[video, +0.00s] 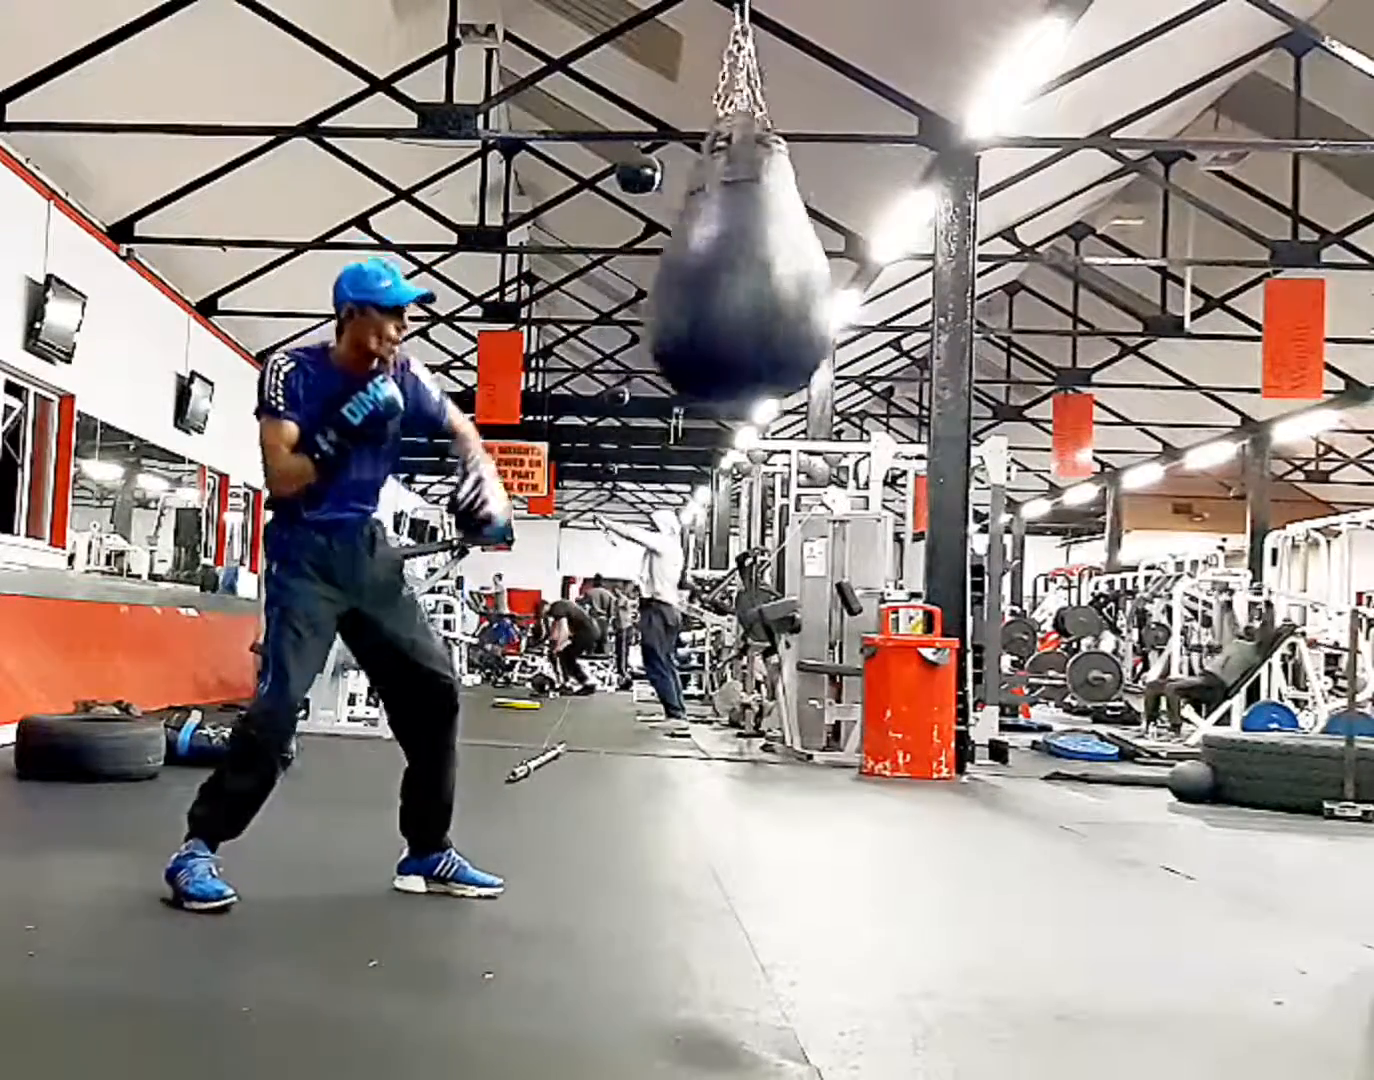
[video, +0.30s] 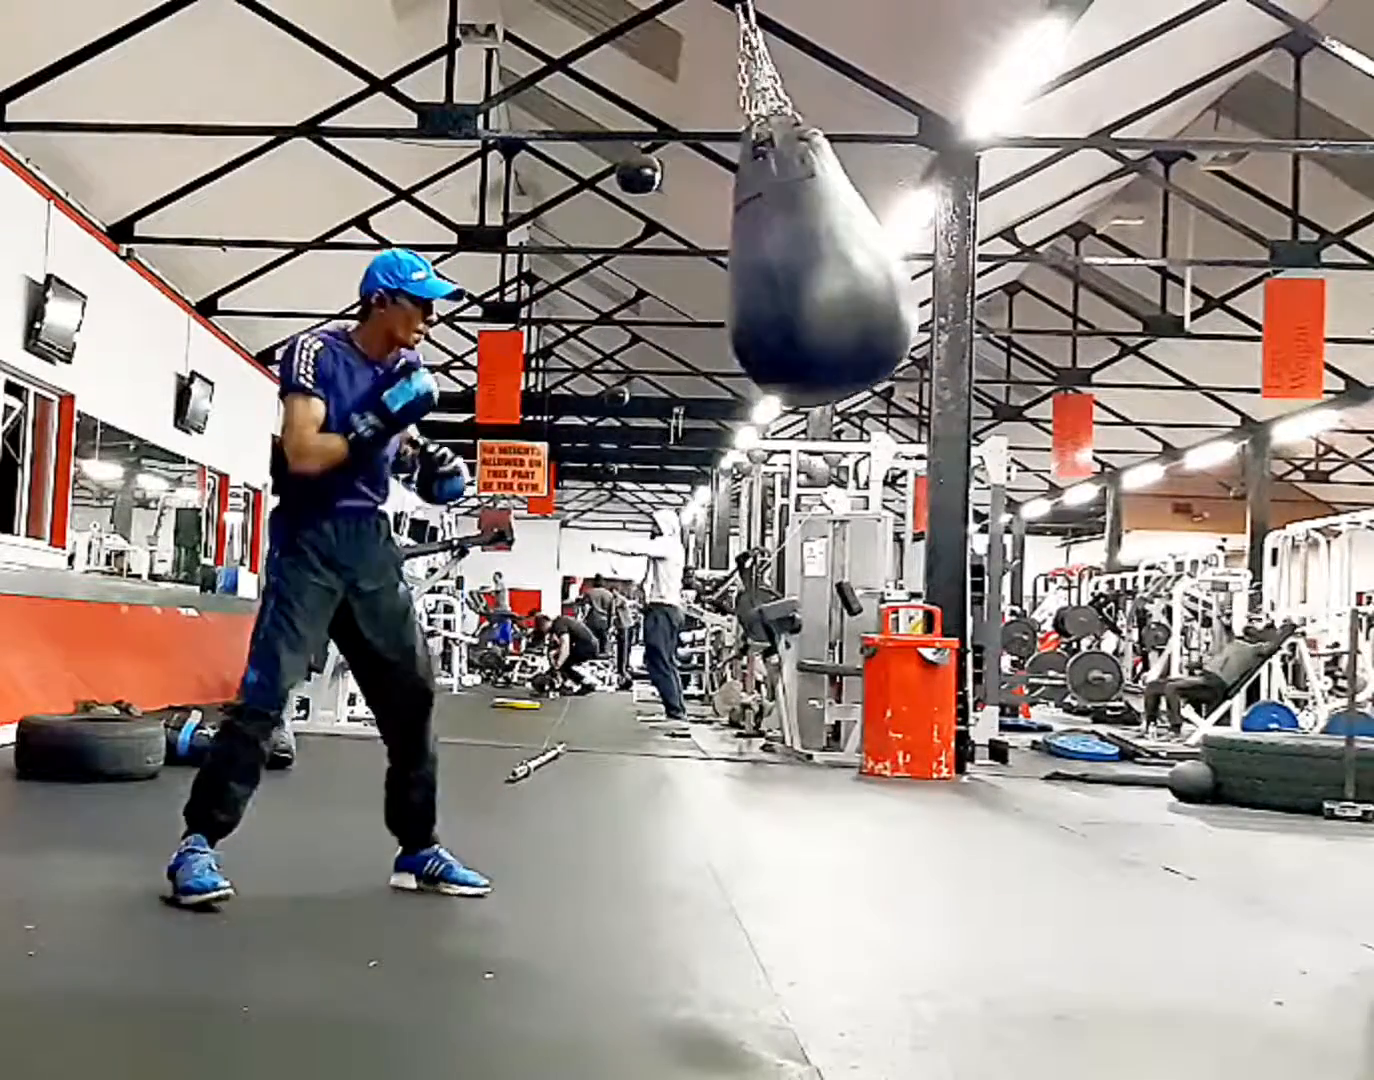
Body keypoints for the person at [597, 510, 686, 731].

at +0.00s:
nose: (653, 528)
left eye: (655, 524)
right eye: (654, 524)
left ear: (663, 525)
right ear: (673, 526)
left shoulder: (665, 543)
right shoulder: (674, 547)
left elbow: (634, 535)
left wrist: (608, 525)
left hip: (657, 606)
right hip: (669, 606)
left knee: (655, 662)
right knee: (665, 660)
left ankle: (674, 713)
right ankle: (677, 709)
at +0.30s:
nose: (652, 529)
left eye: (655, 525)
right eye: (653, 525)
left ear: (663, 526)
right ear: (671, 526)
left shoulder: (667, 545)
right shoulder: (674, 546)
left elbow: (634, 549)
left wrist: (603, 548)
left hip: (662, 609)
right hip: (668, 608)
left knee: (657, 661)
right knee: (666, 660)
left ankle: (675, 710)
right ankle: (677, 708)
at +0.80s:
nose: (641, 529)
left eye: (643, 524)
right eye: (642, 524)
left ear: (652, 526)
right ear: (662, 525)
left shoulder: (661, 549)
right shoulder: (664, 547)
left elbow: (657, 580)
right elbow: (650, 578)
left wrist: (646, 608)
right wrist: (636, 593)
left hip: (666, 610)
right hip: (673, 609)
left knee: (662, 663)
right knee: (668, 661)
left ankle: (676, 711)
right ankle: (677, 709)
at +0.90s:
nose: (638, 528)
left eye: (642, 524)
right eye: (640, 524)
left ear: (651, 526)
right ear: (657, 526)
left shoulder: (660, 549)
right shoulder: (659, 547)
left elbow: (662, 584)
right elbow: (651, 581)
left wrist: (654, 613)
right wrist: (638, 594)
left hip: (667, 610)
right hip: (672, 609)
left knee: (664, 662)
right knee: (669, 661)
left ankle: (676, 711)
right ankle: (677, 709)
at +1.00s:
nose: (637, 528)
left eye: (641, 524)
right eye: (639, 524)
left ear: (650, 527)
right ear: (655, 526)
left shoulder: (661, 548)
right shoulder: (653, 548)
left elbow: (668, 583)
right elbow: (650, 582)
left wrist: (665, 618)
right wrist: (637, 595)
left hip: (669, 610)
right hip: (661, 608)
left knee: (663, 662)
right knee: (668, 661)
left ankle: (676, 711)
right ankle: (676, 709)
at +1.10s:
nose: (637, 528)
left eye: (641, 524)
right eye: (639, 523)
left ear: (650, 526)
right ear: (655, 526)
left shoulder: (662, 549)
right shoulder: (652, 549)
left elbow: (674, 583)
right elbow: (649, 583)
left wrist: (673, 618)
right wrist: (637, 596)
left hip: (665, 611)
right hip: (659, 610)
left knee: (664, 663)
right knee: (667, 662)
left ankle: (676, 711)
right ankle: (675, 709)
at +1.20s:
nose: (637, 528)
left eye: (641, 524)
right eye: (639, 524)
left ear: (650, 527)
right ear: (655, 526)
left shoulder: (663, 549)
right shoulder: (653, 550)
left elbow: (678, 582)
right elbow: (652, 583)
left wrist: (681, 616)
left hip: (666, 612)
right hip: (658, 611)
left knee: (664, 664)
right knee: (668, 664)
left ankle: (676, 712)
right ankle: (676, 710)